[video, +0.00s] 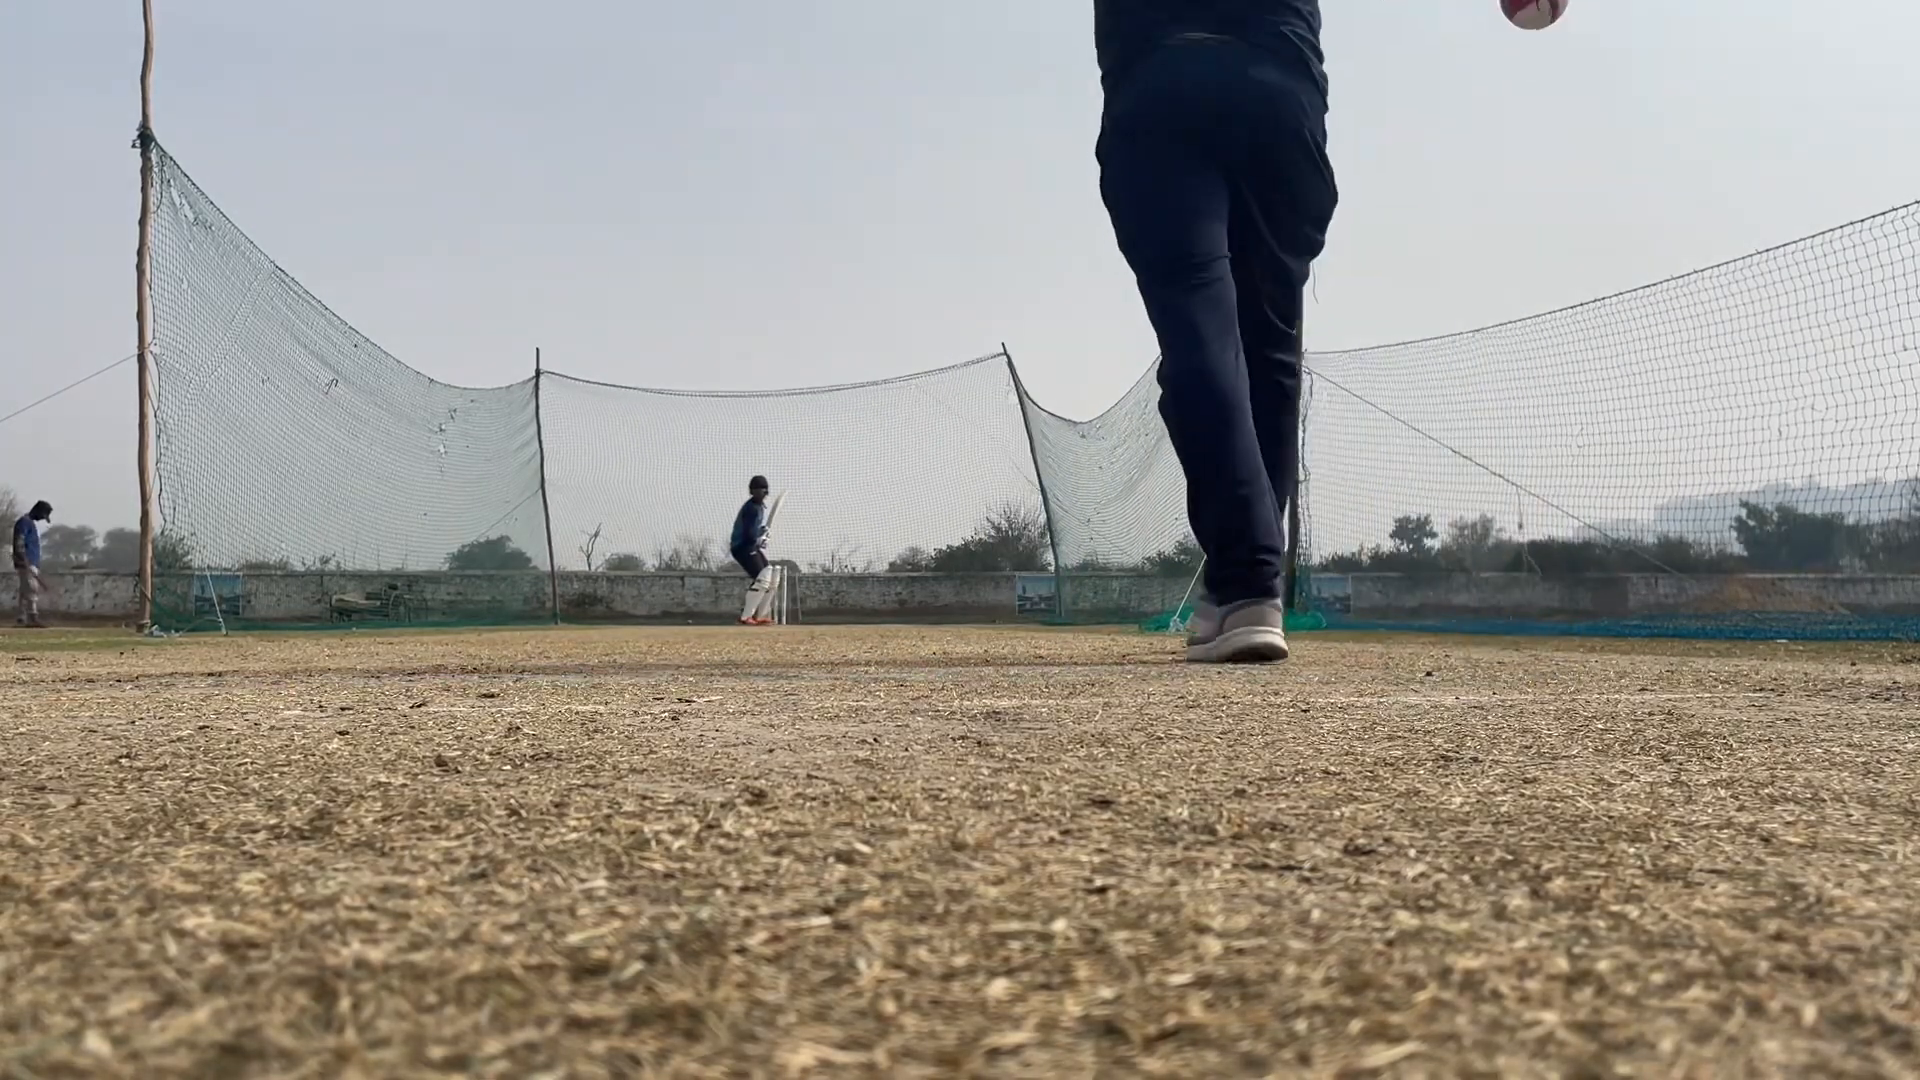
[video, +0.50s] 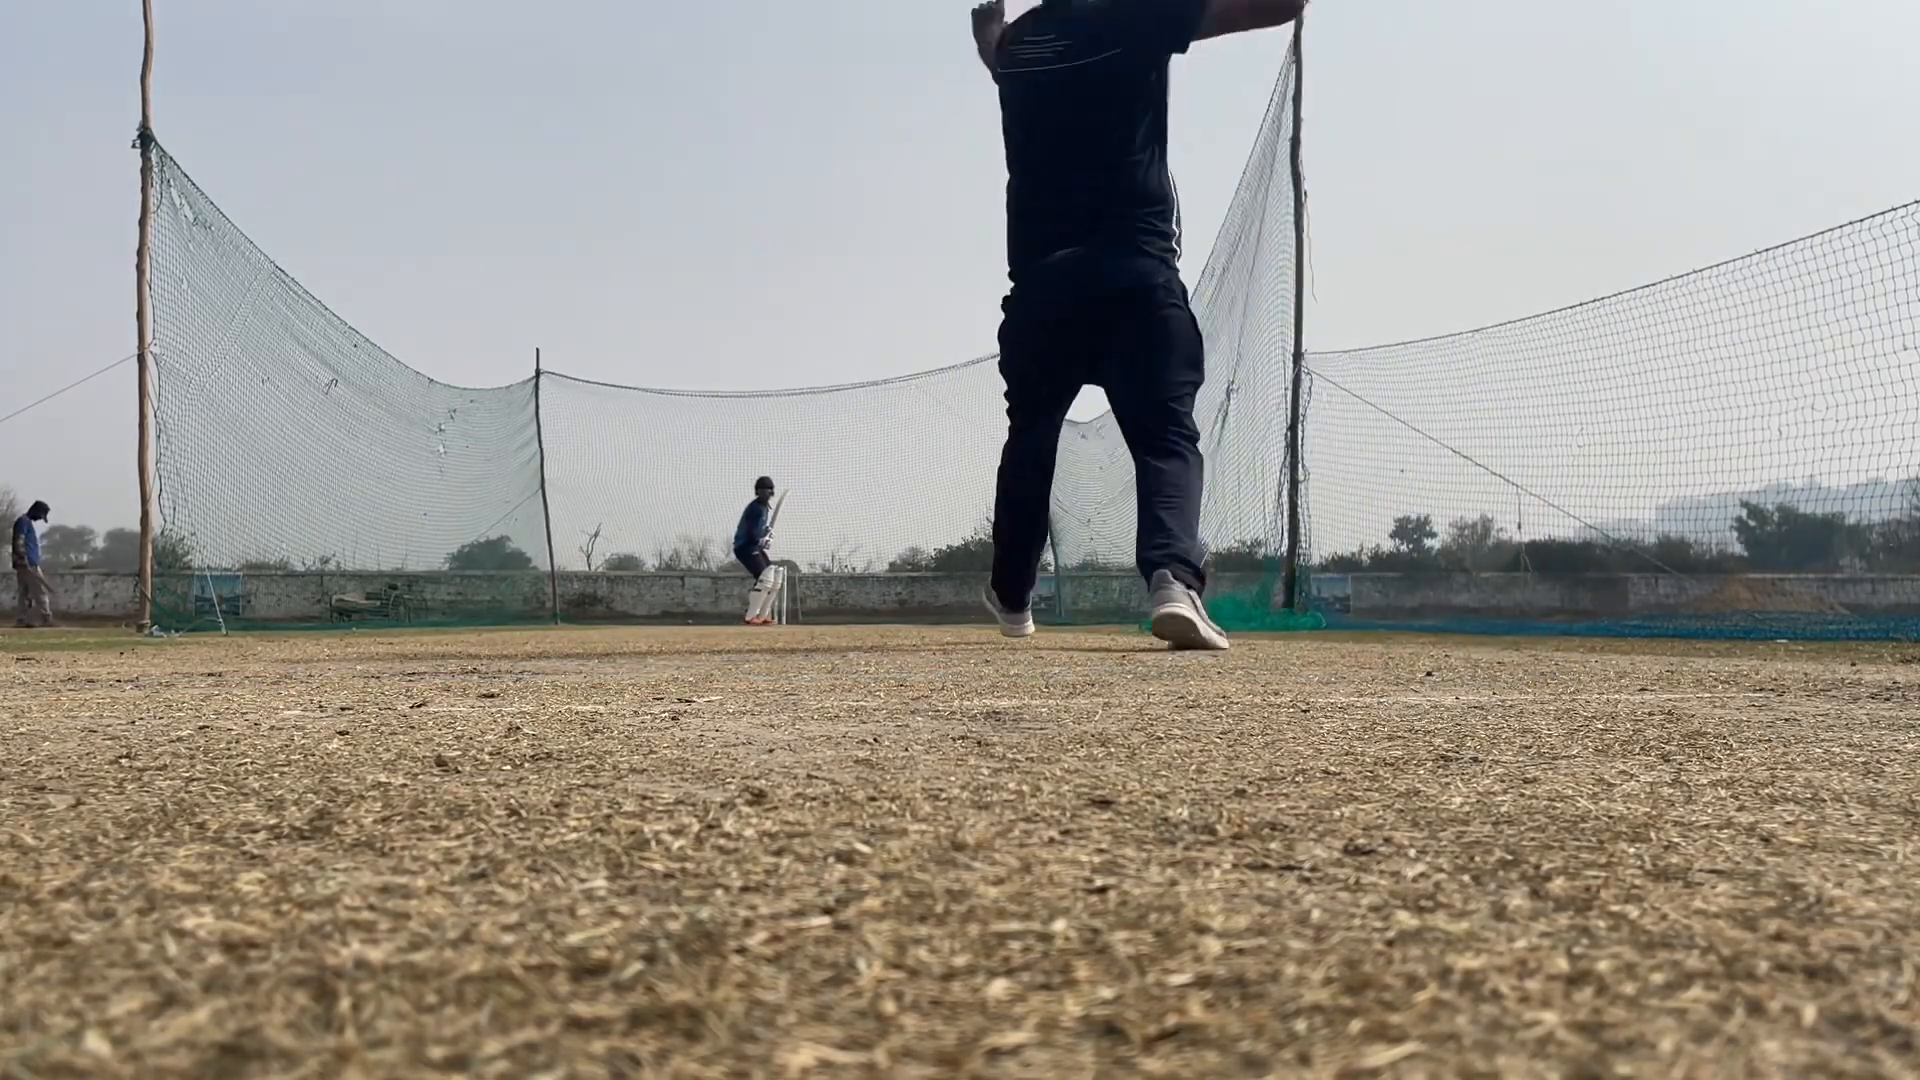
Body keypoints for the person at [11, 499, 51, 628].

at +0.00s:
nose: (41, 519)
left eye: (43, 517)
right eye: (42, 516)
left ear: (37, 512)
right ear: (38, 512)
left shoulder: (29, 523)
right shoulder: (24, 523)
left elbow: (28, 545)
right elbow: (20, 546)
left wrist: (35, 563)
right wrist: (26, 564)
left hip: (31, 563)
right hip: (26, 564)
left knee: (25, 591)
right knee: (31, 589)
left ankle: (22, 617)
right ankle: (33, 616)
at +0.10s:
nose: (41, 519)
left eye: (43, 516)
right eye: (42, 516)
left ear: (37, 512)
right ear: (38, 512)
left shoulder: (29, 523)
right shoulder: (24, 522)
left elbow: (28, 544)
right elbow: (20, 544)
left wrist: (35, 562)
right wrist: (26, 561)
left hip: (31, 563)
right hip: (27, 564)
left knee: (25, 591)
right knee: (33, 590)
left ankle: (22, 617)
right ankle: (35, 617)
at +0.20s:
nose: (41, 518)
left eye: (42, 516)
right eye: (42, 516)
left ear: (37, 512)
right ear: (37, 512)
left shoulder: (28, 523)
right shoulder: (23, 522)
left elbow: (29, 544)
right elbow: (20, 543)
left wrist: (35, 562)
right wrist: (26, 560)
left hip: (30, 564)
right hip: (27, 564)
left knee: (25, 593)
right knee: (35, 591)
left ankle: (22, 617)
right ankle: (39, 616)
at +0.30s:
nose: (40, 519)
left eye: (42, 517)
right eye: (41, 516)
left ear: (36, 512)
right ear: (37, 512)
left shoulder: (28, 523)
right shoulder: (23, 522)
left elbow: (27, 545)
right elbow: (20, 543)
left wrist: (35, 563)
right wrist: (27, 561)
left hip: (30, 564)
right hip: (27, 565)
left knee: (25, 593)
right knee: (39, 590)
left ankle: (22, 618)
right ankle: (44, 617)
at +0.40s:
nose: (40, 519)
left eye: (42, 517)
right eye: (41, 516)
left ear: (36, 512)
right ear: (37, 512)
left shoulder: (27, 523)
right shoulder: (23, 522)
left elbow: (28, 545)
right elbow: (20, 543)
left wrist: (35, 564)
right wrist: (27, 561)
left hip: (28, 564)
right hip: (28, 564)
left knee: (24, 593)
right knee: (41, 590)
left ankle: (22, 618)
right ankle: (47, 616)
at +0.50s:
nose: (40, 519)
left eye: (42, 517)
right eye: (41, 516)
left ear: (35, 511)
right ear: (36, 512)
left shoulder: (26, 523)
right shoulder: (23, 522)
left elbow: (28, 545)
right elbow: (19, 543)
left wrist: (36, 564)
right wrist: (24, 562)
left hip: (26, 564)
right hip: (29, 564)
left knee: (24, 594)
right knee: (40, 591)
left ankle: (21, 618)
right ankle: (46, 617)